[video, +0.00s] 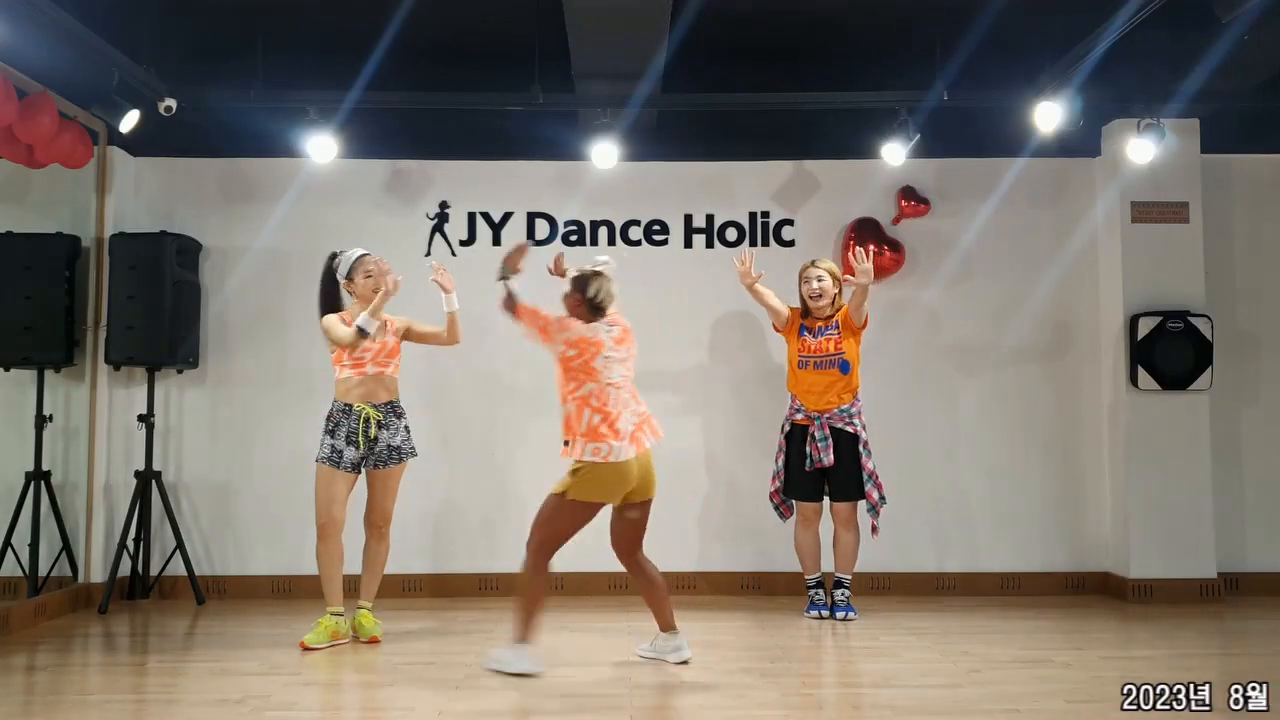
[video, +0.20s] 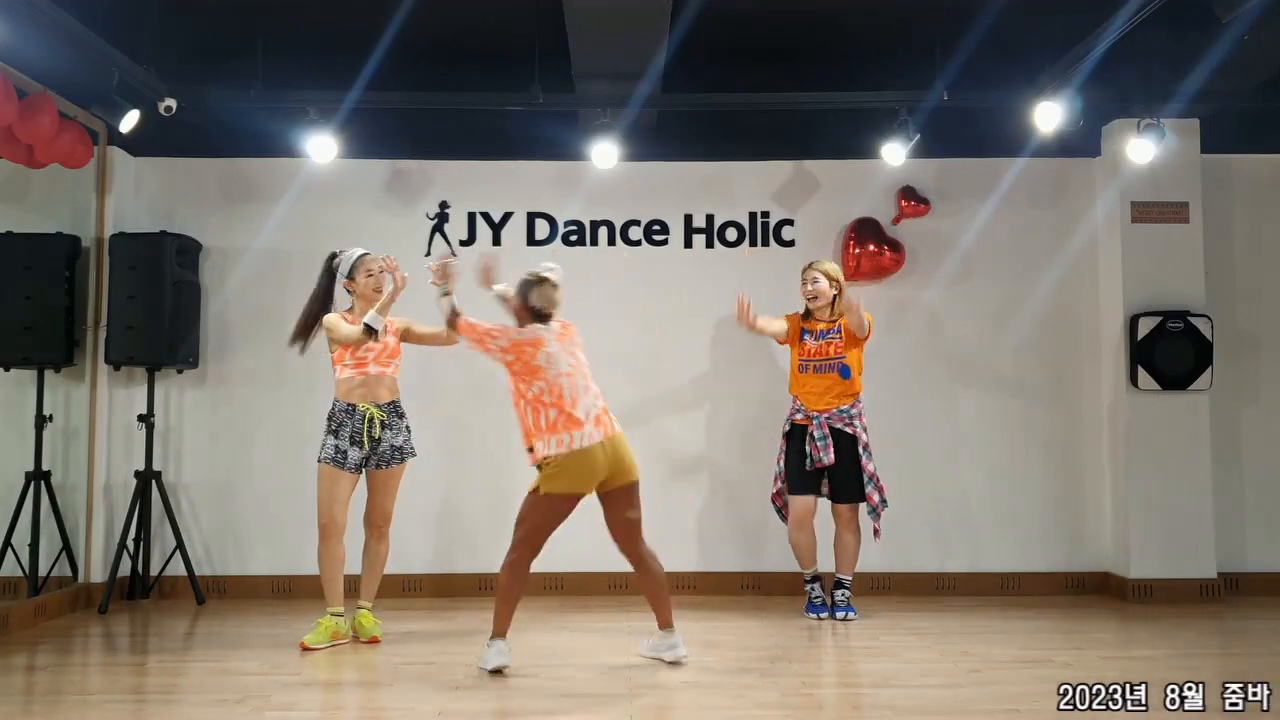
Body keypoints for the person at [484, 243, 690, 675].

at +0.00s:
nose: (566, 299)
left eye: (571, 295)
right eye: (568, 293)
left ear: (581, 302)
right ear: (604, 302)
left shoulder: (568, 334)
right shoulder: (622, 332)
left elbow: (512, 306)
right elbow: (601, 299)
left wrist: (507, 272)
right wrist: (569, 275)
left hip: (599, 467)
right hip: (640, 464)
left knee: (539, 548)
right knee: (630, 552)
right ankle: (672, 637)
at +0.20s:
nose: (511, 305)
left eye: (513, 301)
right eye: (511, 300)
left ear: (521, 306)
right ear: (550, 305)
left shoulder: (516, 344)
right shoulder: (568, 333)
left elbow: (457, 323)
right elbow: (526, 313)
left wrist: (443, 286)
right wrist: (492, 286)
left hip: (569, 460)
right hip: (615, 449)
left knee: (521, 552)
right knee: (635, 544)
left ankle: (497, 643)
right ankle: (670, 636)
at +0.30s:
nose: (494, 304)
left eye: (499, 299)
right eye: (498, 299)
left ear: (509, 305)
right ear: (536, 304)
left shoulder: (506, 334)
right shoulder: (548, 328)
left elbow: (446, 322)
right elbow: (488, 318)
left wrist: (406, 299)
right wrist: (453, 300)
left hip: (568, 446)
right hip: (611, 434)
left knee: (527, 548)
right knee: (635, 528)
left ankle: (501, 641)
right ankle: (681, 616)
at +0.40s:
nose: (500, 297)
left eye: (503, 293)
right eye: (504, 293)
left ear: (507, 300)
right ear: (539, 299)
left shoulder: (498, 333)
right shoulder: (552, 328)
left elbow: (439, 319)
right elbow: (492, 317)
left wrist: (405, 297)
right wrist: (453, 297)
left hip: (561, 444)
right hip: (605, 430)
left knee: (526, 547)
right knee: (639, 520)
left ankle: (502, 641)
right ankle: (688, 594)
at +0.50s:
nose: (554, 296)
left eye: (545, 291)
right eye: (553, 291)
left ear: (516, 297)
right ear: (550, 296)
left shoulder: (501, 333)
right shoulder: (569, 327)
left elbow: (448, 339)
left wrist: (441, 301)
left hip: (551, 440)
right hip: (599, 427)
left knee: (522, 544)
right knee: (643, 517)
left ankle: (500, 639)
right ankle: (678, 592)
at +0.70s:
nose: (598, 297)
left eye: (593, 291)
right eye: (595, 292)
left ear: (560, 301)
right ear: (590, 298)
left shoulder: (535, 344)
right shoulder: (610, 334)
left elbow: (526, 395)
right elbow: (670, 365)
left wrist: (526, 442)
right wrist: (649, 347)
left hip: (557, 443)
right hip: (606, 438)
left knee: (528, 541)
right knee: (638, 532)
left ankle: (496, 634)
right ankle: (651, 628)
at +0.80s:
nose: (627, 300)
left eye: (625, 295)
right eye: (625, 295)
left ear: (588, 304)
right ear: (619, 300)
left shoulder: (569, 347)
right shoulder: (639, 336)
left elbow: (580, 391)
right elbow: (701, 351)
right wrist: (687, 323)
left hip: (580, 450)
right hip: (626, 447)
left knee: (545, 540)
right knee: (656, 541)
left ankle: (498, 614)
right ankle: (653, 630)